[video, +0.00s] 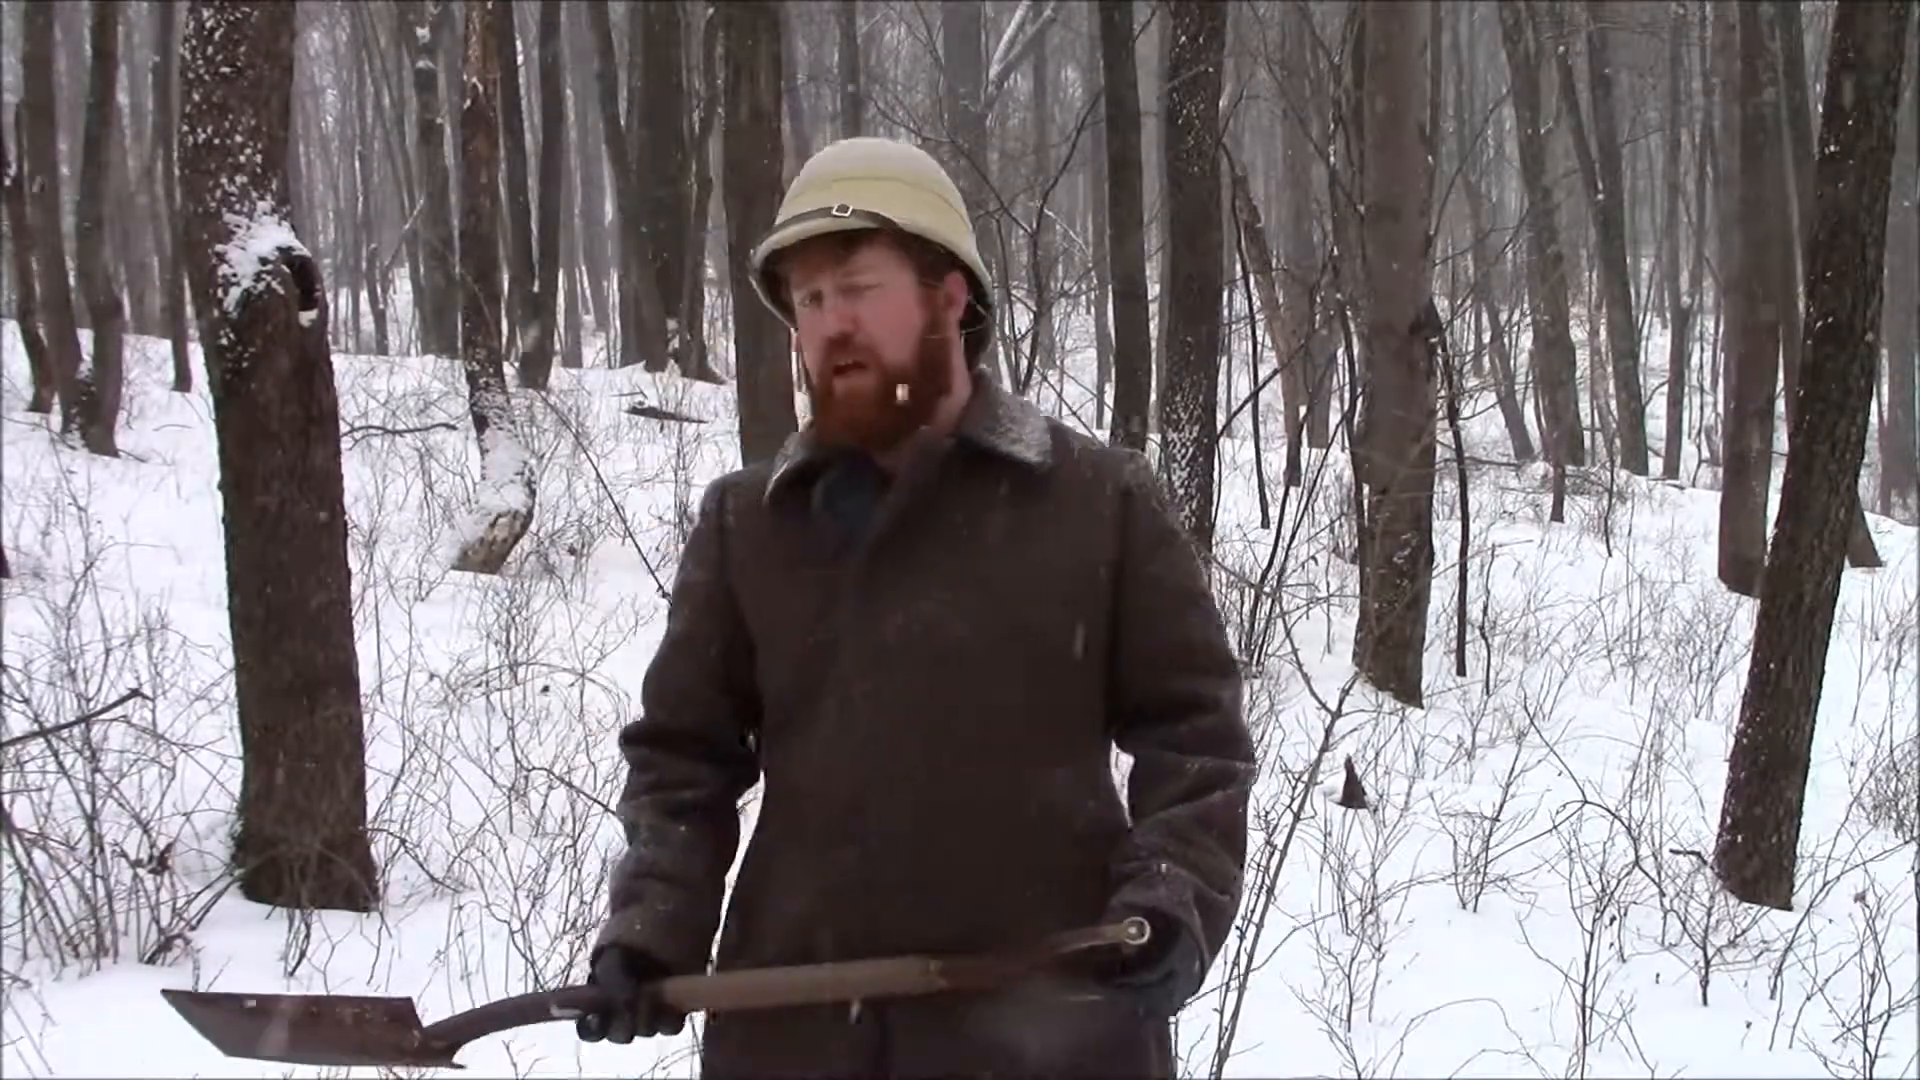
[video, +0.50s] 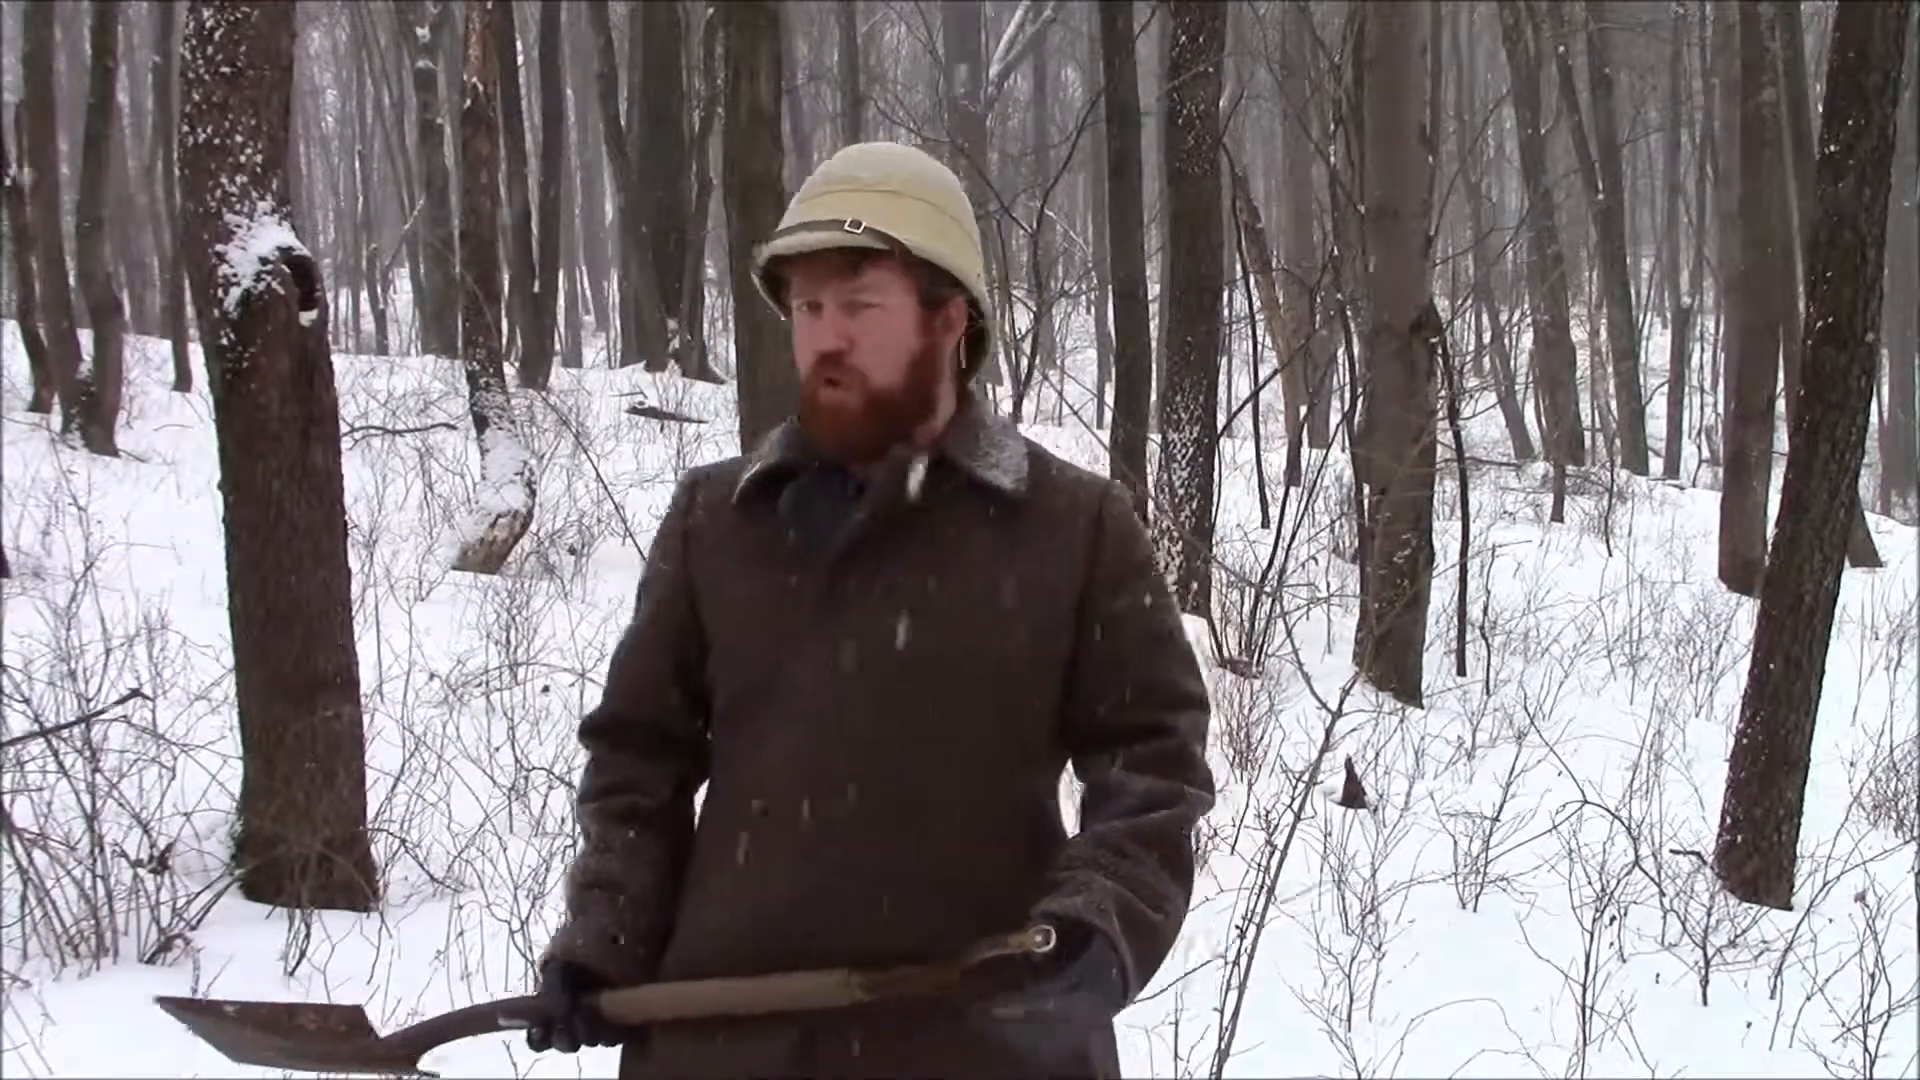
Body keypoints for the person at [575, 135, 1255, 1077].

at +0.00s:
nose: (829, 327)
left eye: (858, 290)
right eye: (808, 301)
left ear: (949, 297)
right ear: (791, 327)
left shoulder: (1100, 502)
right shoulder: (741, 523)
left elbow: (1194, 733)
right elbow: (683, 756)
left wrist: (1173, 891)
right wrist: (649, 933)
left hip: (1044, 1024)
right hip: (791, 1026)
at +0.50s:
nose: (822, 340)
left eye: (857, 301)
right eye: (804, 308)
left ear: (950, 318)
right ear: (784, 321)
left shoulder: (1076, 528)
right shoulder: (712, 519)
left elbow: (1154, 762)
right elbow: (638, 752)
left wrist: (1101, 921)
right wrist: (602, 939)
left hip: (976, 1038)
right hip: (717, 1040)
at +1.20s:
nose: (553, 344)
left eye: (584, 299)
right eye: (524, 308)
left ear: (680, 297)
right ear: (499, 322)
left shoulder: (842, 492)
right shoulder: (437, 517)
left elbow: (937, 720)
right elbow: (361, 787)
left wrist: (922, 907)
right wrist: (354, 1026)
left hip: (805, 1041)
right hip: (532, 1053)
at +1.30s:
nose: (521, 336)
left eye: (551, 289)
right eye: (497, 302)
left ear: (653, 278)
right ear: (476, 313)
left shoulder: (834, 485)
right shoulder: (428, 519)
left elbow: (943, 711)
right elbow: (362, 785)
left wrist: (946, 884)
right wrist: (372, 1005)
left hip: (806, 1040)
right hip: (530, 1052)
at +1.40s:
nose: (505, 321)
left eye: (537, 270)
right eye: (480, 288)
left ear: (640, 264)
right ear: (465, 303)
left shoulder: (829, 472)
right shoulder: (427, 519)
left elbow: (951, 690)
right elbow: (370, 786)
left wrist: (949, 863)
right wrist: (380, 1003)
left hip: (804, 1036)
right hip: (531, 1046)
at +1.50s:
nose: (503, 318)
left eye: (531, 269)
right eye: (478, 288)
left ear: (635, 258)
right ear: (464, 304)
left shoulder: (834, 466)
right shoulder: (433, 521)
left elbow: (959, 691)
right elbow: (387, 800)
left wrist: (929, 836)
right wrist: (382, 1017)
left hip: (807, 1041)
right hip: (532, 1047)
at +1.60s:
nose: (503, 319)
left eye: (535, 270)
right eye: (482, 290)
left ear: (642, 259)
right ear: (471, 309)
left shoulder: (842, 462)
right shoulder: (443, 521)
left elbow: (953, 675)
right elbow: (402, 812)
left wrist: (877, 829)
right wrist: (381, 1025)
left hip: (807, 1043)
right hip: (533, 1046)